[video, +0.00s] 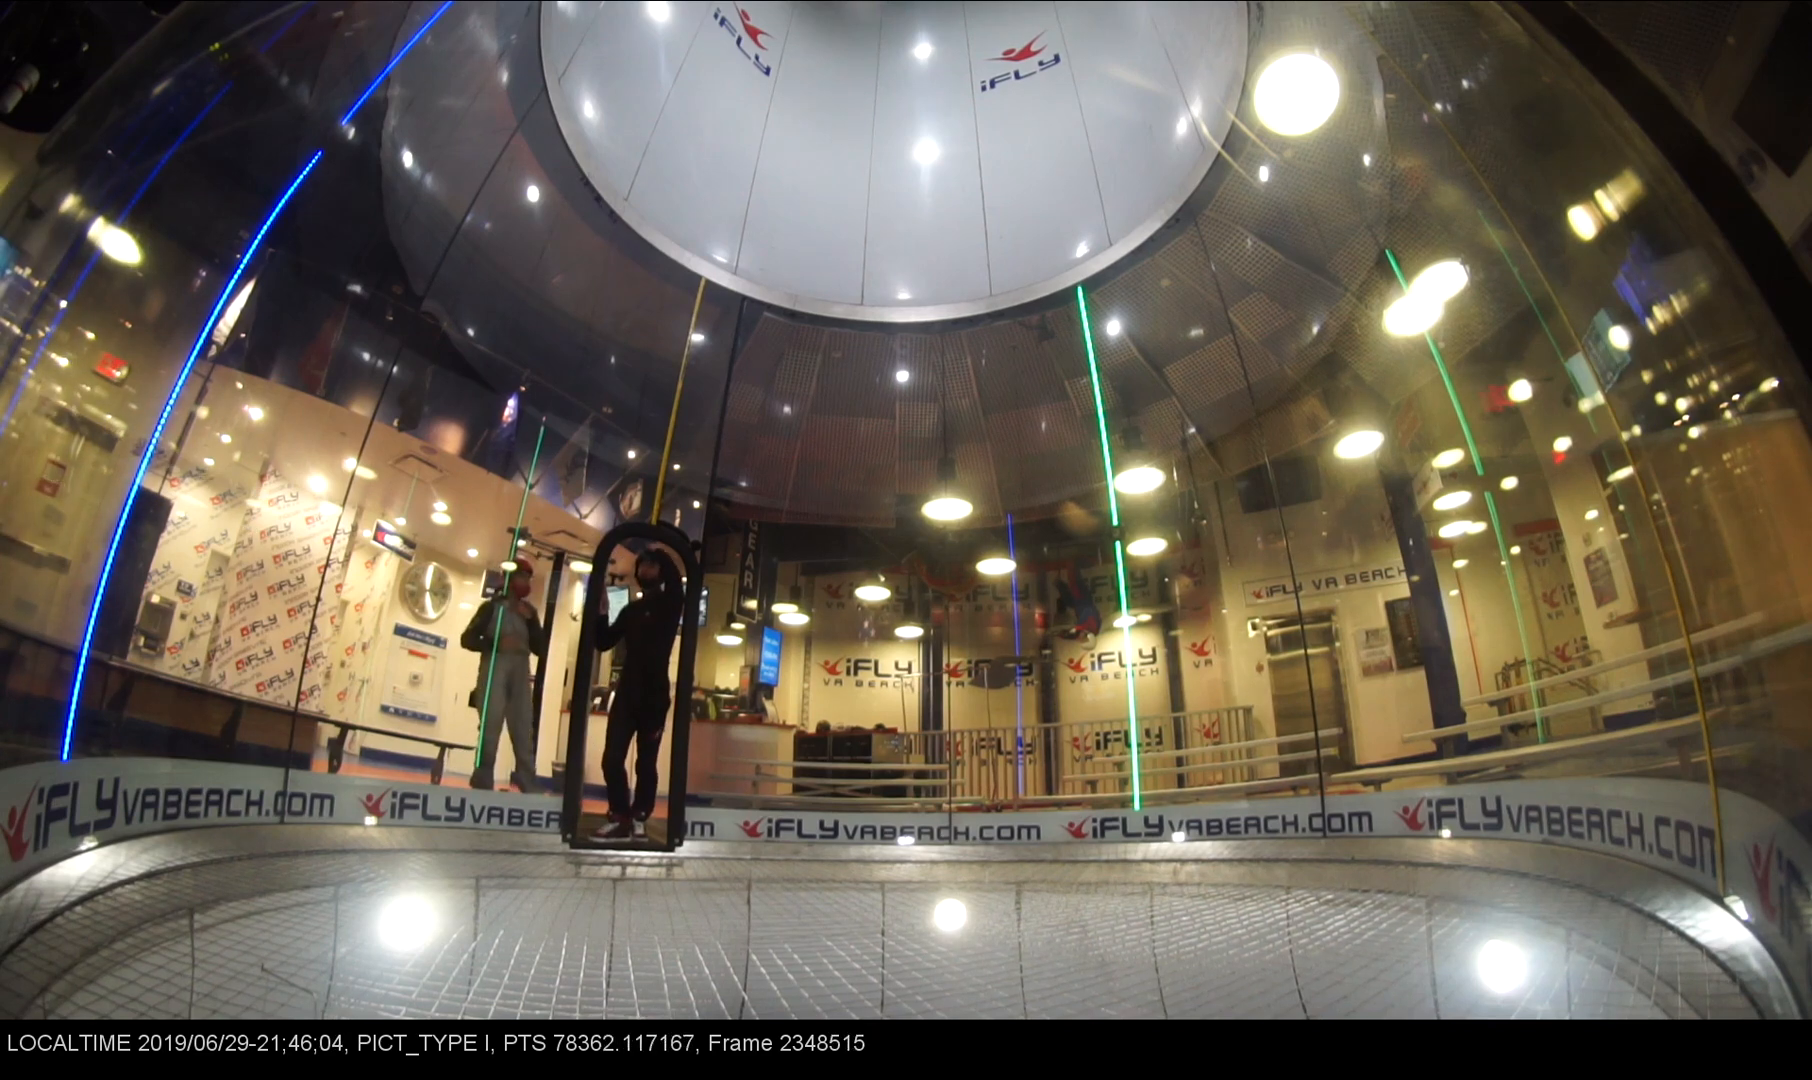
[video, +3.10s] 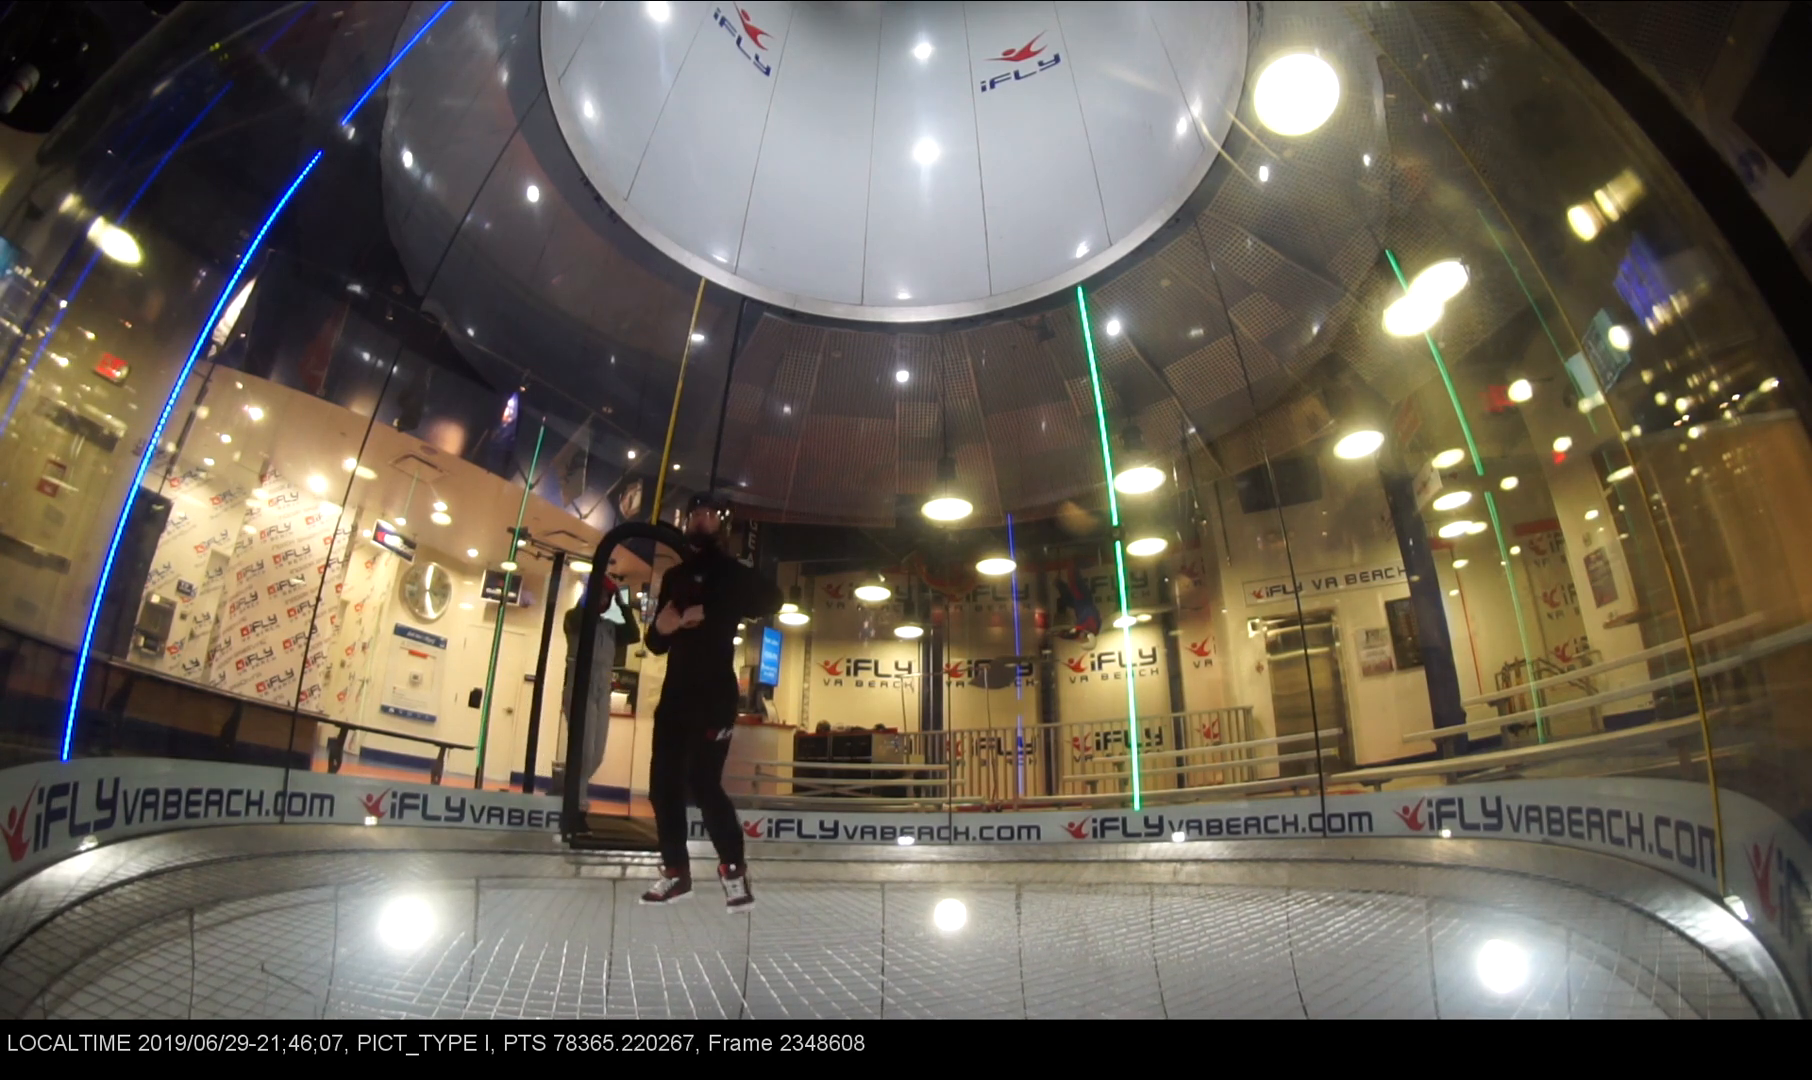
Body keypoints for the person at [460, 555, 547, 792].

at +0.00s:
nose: (526, 585)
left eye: (528, 580)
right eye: (522, 579)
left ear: (530, 583)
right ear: (510, 580)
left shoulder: (528, 613)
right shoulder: (491, 607)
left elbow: (540, 648)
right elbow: (467, 640)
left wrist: (532, 620)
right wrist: (495, 642)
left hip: (520, 675)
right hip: (494, 671)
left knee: (523, 730)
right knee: (491, 727)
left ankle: (528, 786)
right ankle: (482, 782)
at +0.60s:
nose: (550, 592)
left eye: (554, 587)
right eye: (545, 587)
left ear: (558, 591)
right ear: (534, 590)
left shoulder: (558, 621)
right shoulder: (524, 618)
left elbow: (573, 653)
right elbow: (503, 651)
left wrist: (563, 627)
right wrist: (531, 657)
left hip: (555, 683)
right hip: (530, 680)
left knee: (546, 738)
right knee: (523, 735)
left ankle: (538, 792)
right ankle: (493, 783)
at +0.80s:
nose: (556, 596)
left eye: (560, 591)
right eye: (552, 590)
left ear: (565, 595)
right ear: (543, 592)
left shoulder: (568, 623)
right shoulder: (531, 620)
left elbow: (578, 653)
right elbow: (511, 653)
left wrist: (570, 629)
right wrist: (534, 663)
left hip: (558, 682)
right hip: (534, 681)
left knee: (553, 735)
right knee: (538, 735)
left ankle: (542, 785)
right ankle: (527, 786)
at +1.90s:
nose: (572, 596)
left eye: (576, 592)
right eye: (569, 591)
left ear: (581, 597)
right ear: (559, 593)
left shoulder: (579, 627)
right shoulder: (546, 620)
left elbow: (589, 660)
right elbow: (519, 648)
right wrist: (534, 669)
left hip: (570, 685)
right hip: (546, 682)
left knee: (560, 739)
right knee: (549, 740)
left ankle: (541, 791)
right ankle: (544, 794)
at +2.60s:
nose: (583, 597)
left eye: (587, 593)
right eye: (579, 592)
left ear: (592, 596)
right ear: (570, 593)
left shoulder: (591, 623)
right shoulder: (557, 618)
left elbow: (598, 662)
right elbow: (533, 646)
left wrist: (594, 635)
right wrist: (556, 642)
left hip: (581, 690)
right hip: (555, 686)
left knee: (562, 737)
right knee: (561, 735)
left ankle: (545, 786)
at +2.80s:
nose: (588, 597)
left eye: (592, 592)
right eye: (585, 590)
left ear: (595, 596)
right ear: (575, 592)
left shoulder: (592, 625)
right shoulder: (563, 617)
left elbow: (618, 645)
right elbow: (552, 634)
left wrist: (614, 616)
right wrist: (570, 607)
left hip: (584, 688)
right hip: (562, 686)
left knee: (568, 739)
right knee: (565, 737)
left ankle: (548, 786)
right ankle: (573, 793)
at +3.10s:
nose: (605, 601)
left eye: (609, 596)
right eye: (601, 595)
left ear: (611, 601)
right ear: (590, 595)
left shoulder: (611, 627)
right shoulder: (574, 619)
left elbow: (634, 634)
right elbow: (583, 617)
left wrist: (622, 602)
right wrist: (598, 590)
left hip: (602, 695)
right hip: (579, 692)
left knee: (596, 755)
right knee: (582, 754)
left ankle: (567, 796)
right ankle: (577, 810)